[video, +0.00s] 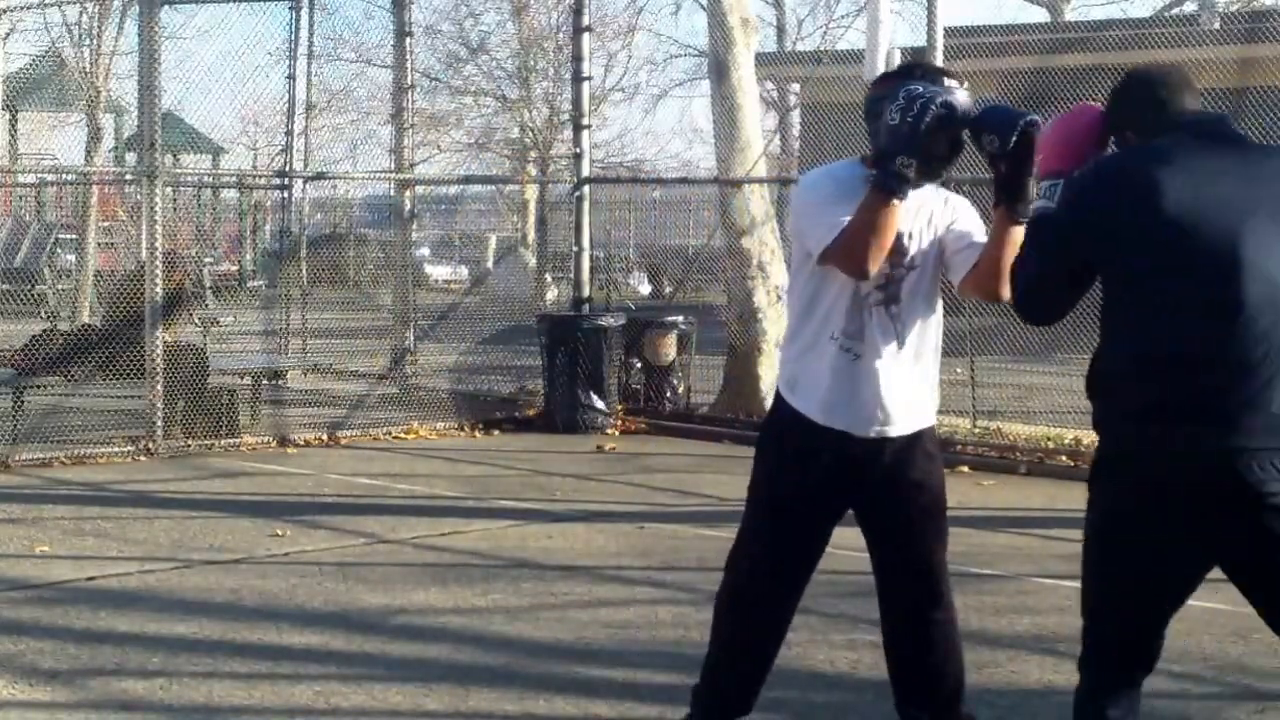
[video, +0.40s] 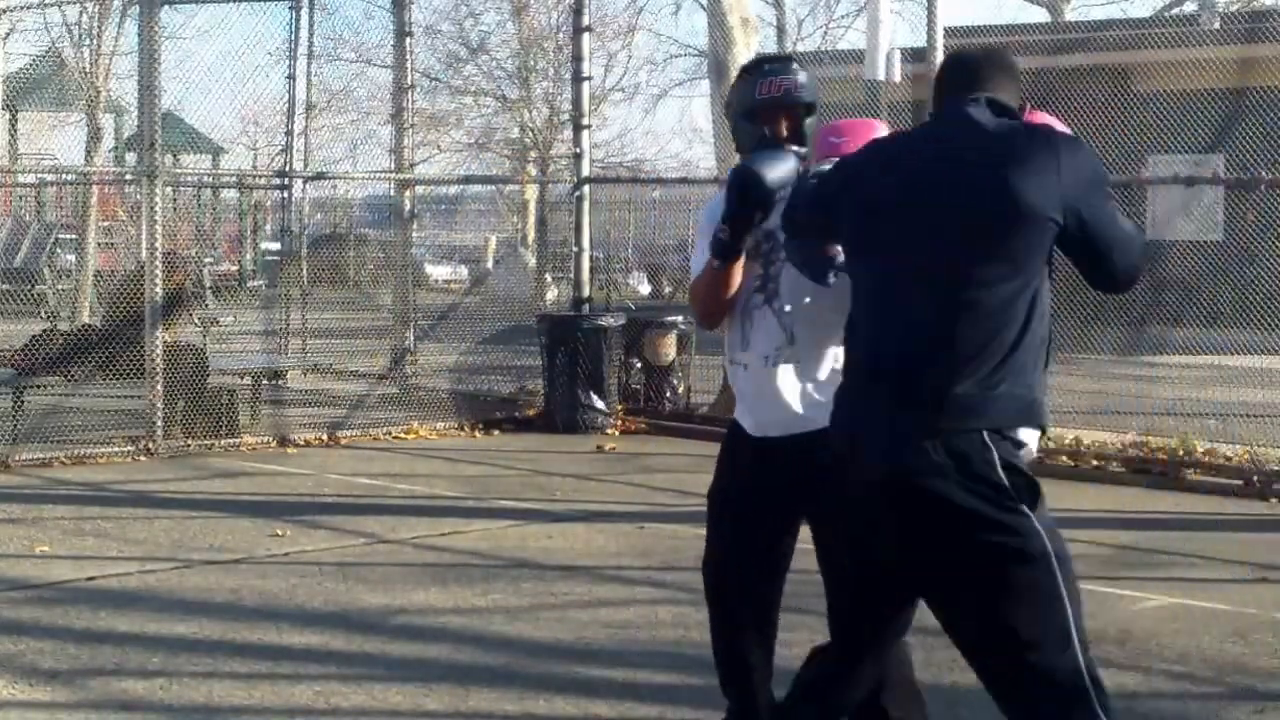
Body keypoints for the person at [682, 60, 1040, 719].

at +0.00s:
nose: (926, 125)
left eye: (941, 114)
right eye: (913, 107)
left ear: (954, 129)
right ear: (878, 112)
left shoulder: (946, 208)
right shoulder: (819, 189)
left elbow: (995, 284)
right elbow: (861, 260)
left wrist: (1012, 188)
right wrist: (897, 170)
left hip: (907, 441)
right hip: (808, 434)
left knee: (923, 612)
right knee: (755, 604)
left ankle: (939, 717)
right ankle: (713, 712)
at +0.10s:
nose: (895, 126)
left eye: (911, 114)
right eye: (881, 111)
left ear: (935, 125)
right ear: (855, 115)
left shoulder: (946, 207)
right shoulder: (810, 189)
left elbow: (988, 296)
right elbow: (818, 272)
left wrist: (1001, 183)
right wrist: (864, 181)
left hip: (904, 445)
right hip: (802, 436)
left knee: (924, 610)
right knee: (752, 604)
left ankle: (936, 717)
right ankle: (730, 713)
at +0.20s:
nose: (878, 125)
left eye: (890, 111)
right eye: (862, 110)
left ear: (903, 119)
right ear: (822, 114)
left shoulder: (921, 201)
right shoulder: (775, 196)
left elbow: (958, 325)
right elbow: (754, 300)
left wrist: (953, 250)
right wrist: (798, 227)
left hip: (892, 442)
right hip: (791, 439)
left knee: (919, 619)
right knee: (756, 620)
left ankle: (940, 716)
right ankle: (752, 712)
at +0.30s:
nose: (828, 125)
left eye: (839, 112)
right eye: (811, 111)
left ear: (850, 119)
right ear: (776, 118)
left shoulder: (889, 203)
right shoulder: (743, 205)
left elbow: (933, 309)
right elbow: (720, 314)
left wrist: (886, 300)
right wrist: (751, 239)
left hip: (865, 432)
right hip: (769, 434)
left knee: (896, 597)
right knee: (747, 601)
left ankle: (913, 715)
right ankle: (751, 714)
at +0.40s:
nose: (780, 130)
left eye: (792, 115)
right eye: (764, 116)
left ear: (810, 121)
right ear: (738, 124)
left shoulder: (842, 195)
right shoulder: (727, 205)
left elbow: (884, 287)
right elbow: (709, 312)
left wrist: (835, 229)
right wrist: (735, 231)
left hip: (843, 435)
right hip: (755, 441)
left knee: (865, 610)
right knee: (738, 604)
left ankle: (888, 712)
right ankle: (747, 711)